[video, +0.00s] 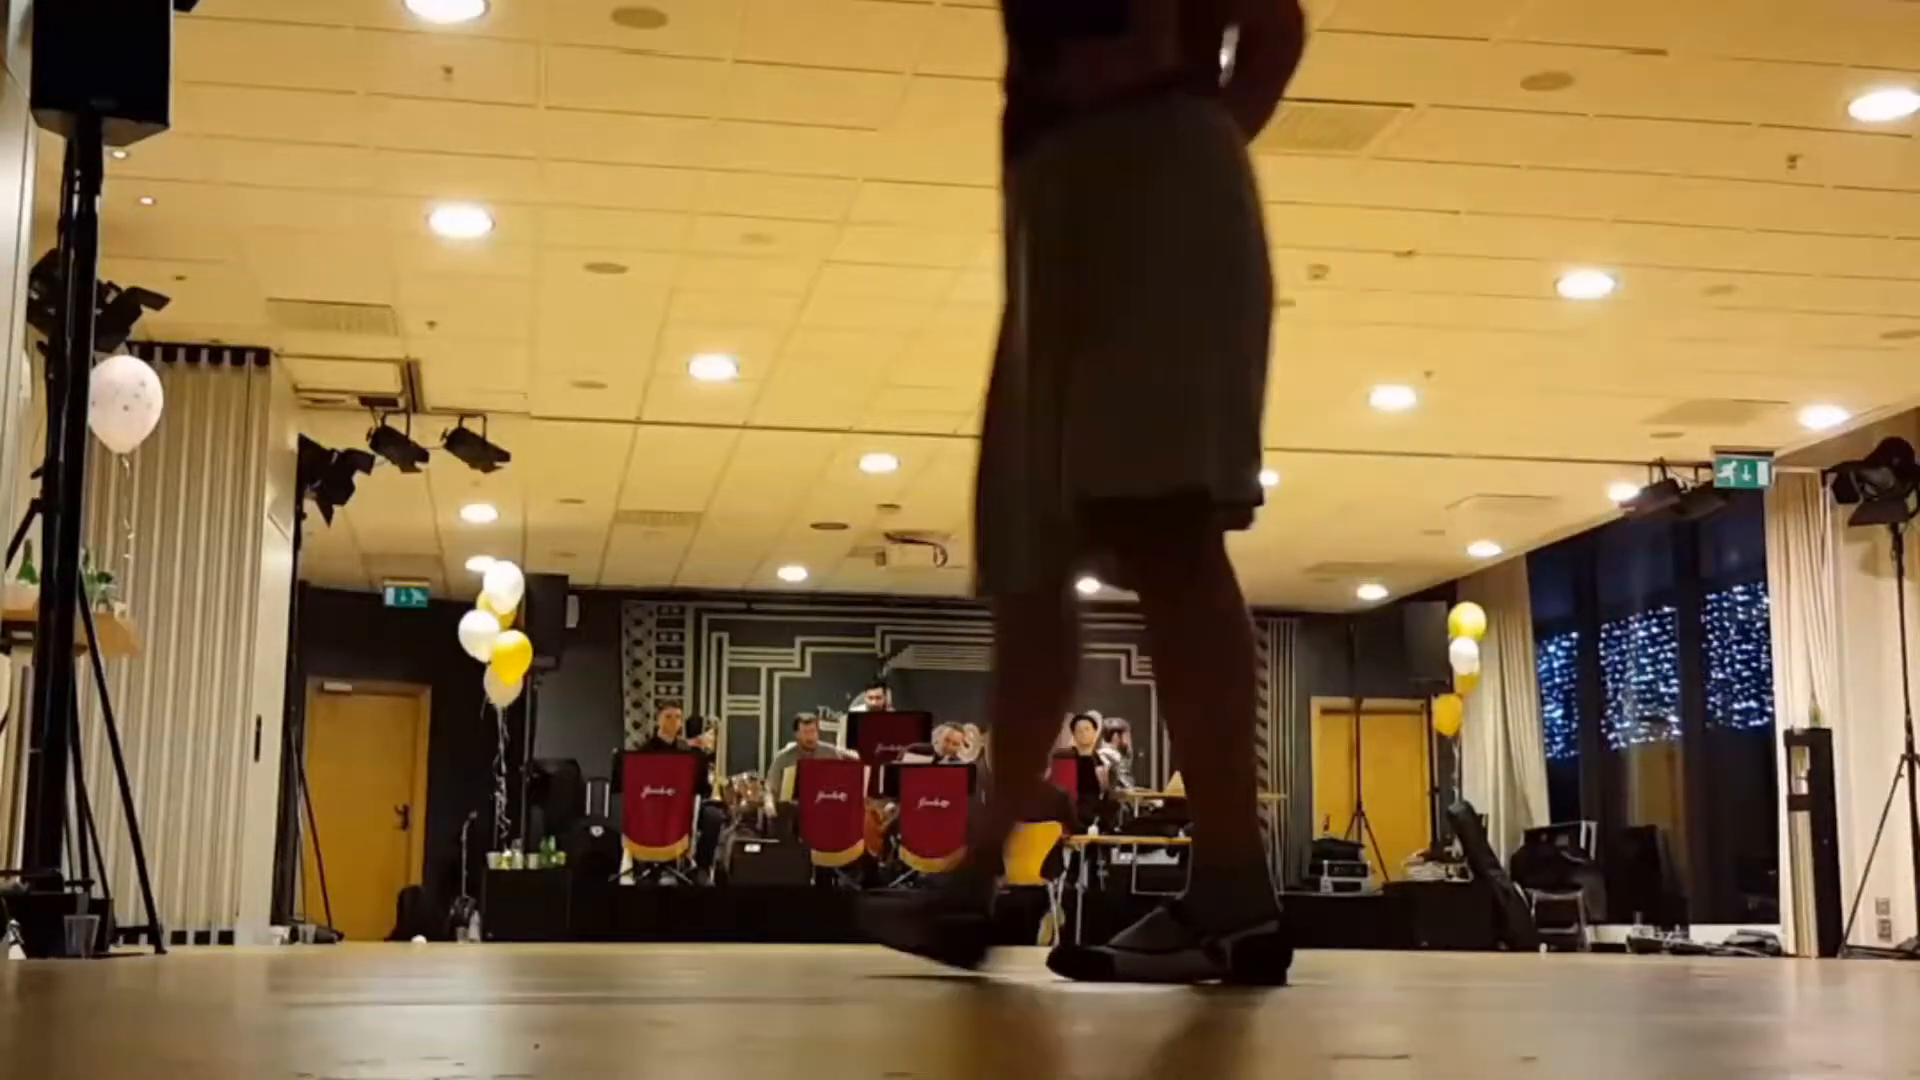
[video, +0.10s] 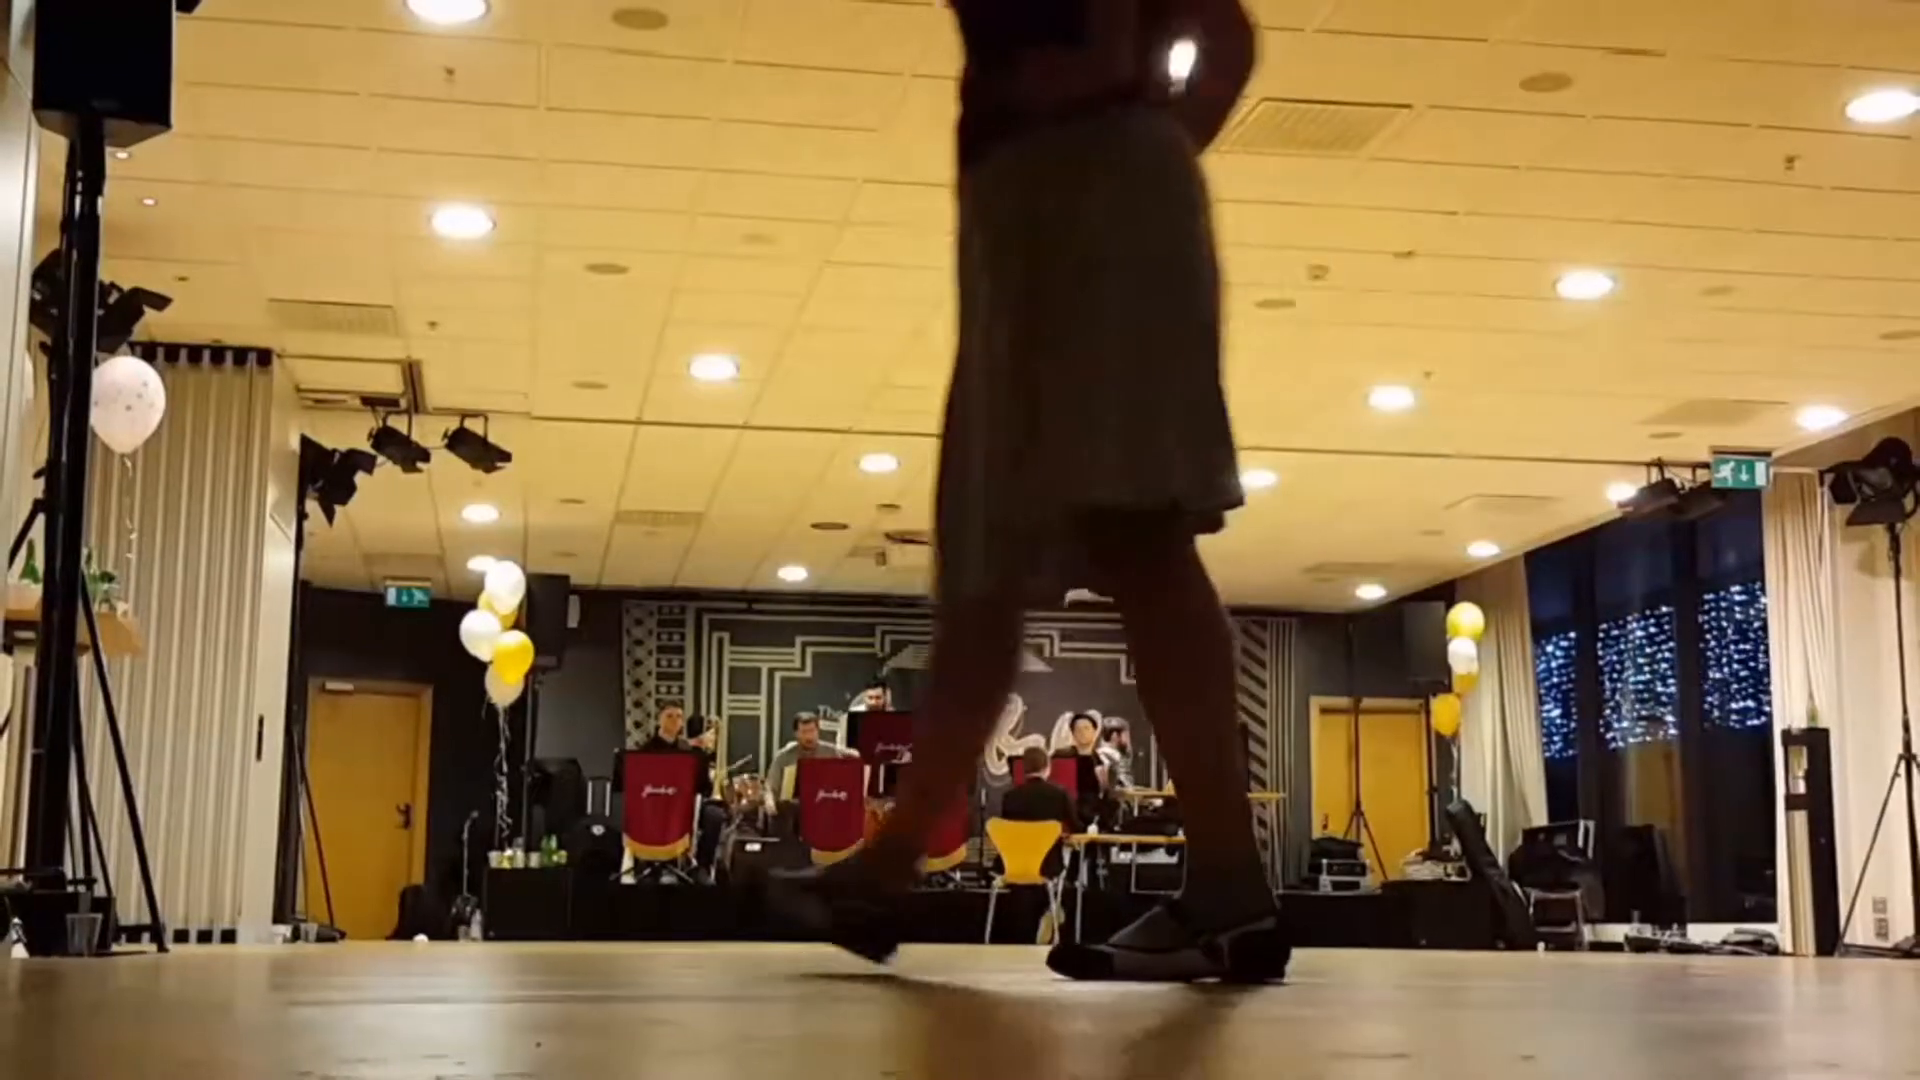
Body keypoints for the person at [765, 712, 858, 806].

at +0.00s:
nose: (810, 736)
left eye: (813, 731)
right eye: (806, 732)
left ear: (818, 732)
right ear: (797, 734)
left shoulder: (831, 753)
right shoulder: (785, 757)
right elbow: (771, 787)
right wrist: (770, 803)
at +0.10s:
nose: (809, 736)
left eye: (812, 731)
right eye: (804, 732)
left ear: (818, 731)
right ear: (797, 733)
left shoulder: (831, 752)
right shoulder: (784, 757)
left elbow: (856, 757)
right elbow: (771, 785)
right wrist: (770, 802)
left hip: (824, 807)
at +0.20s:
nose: (808, 736)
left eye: (811, 730)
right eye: (804, 731)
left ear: (817, 730)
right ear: (796, 733)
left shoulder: (832, 753)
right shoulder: (783, 757)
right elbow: (770, 784)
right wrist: (770, 800)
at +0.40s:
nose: (807, 737)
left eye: (810, 731)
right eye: (802, 732)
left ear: (817, 731)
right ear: (795, 734)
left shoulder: (829, 753)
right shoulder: (783, 758)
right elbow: (770, 786)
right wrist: (769, 802)